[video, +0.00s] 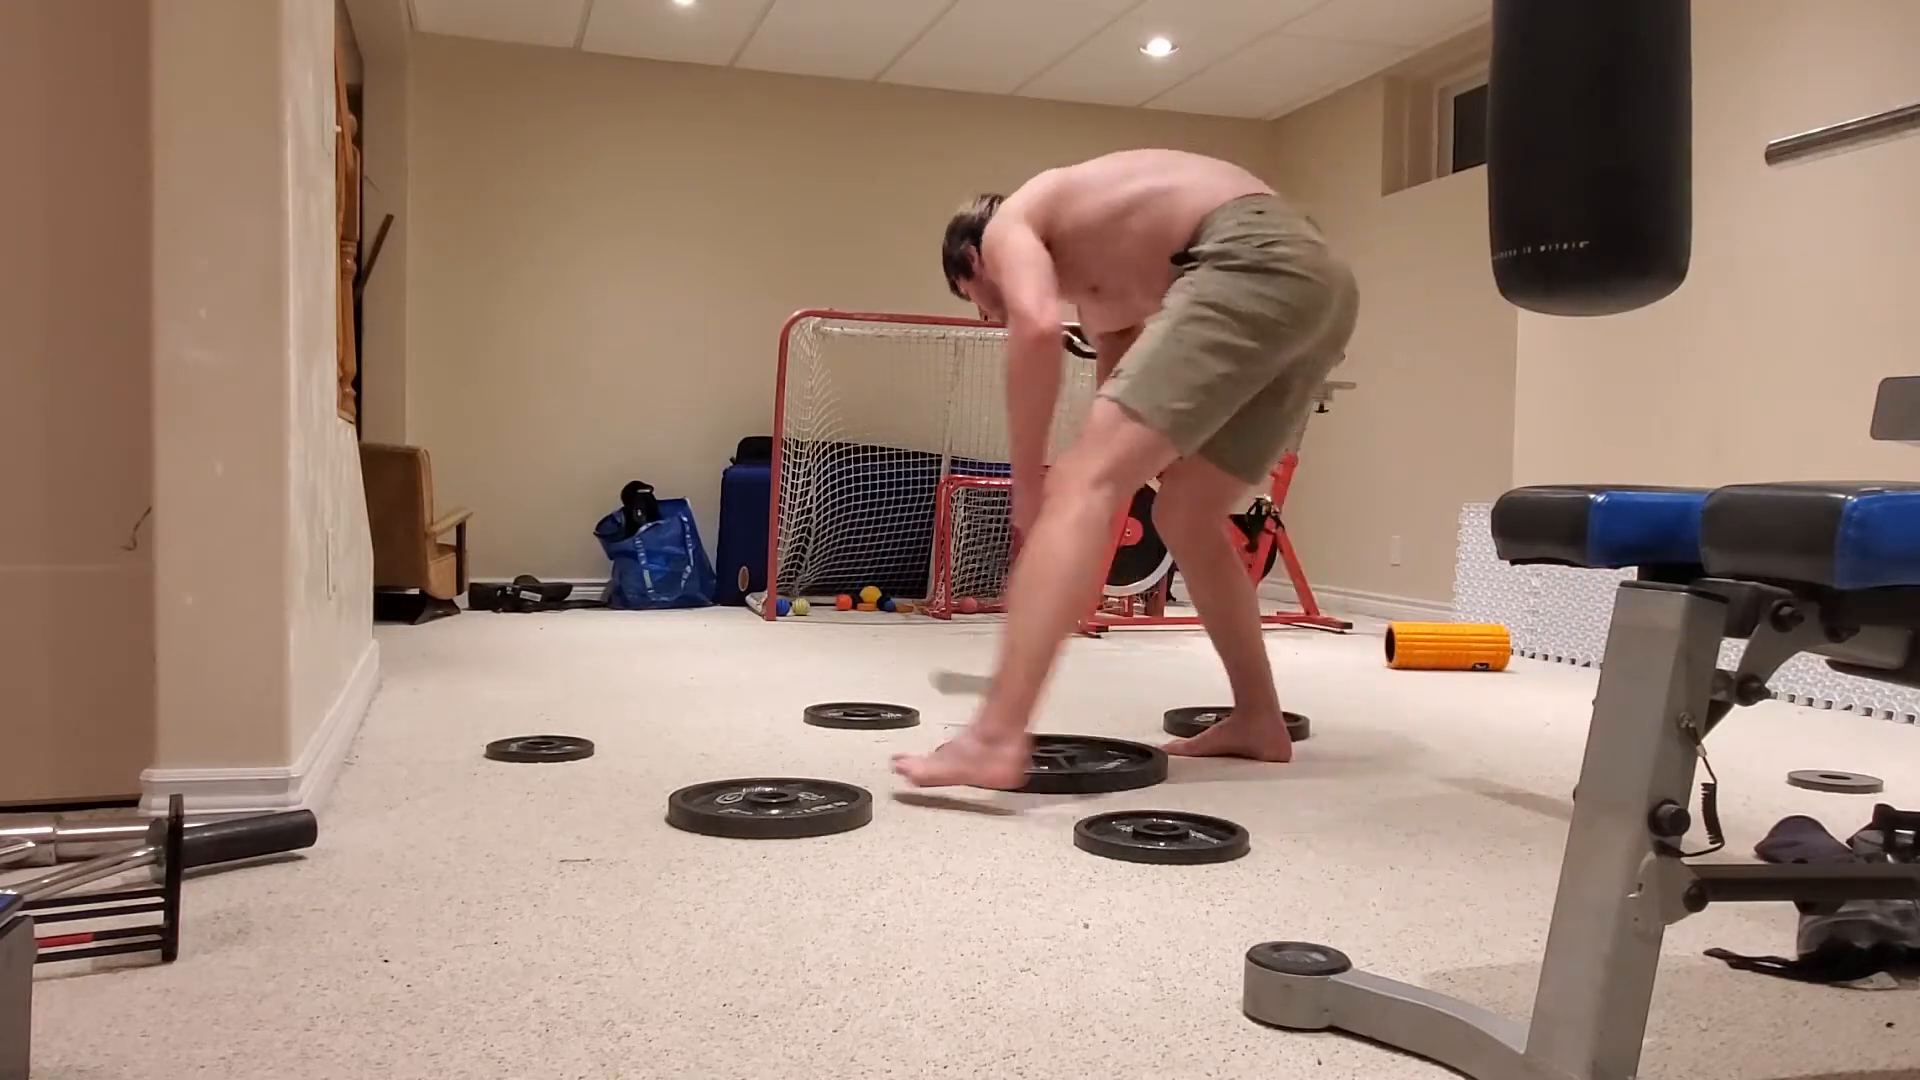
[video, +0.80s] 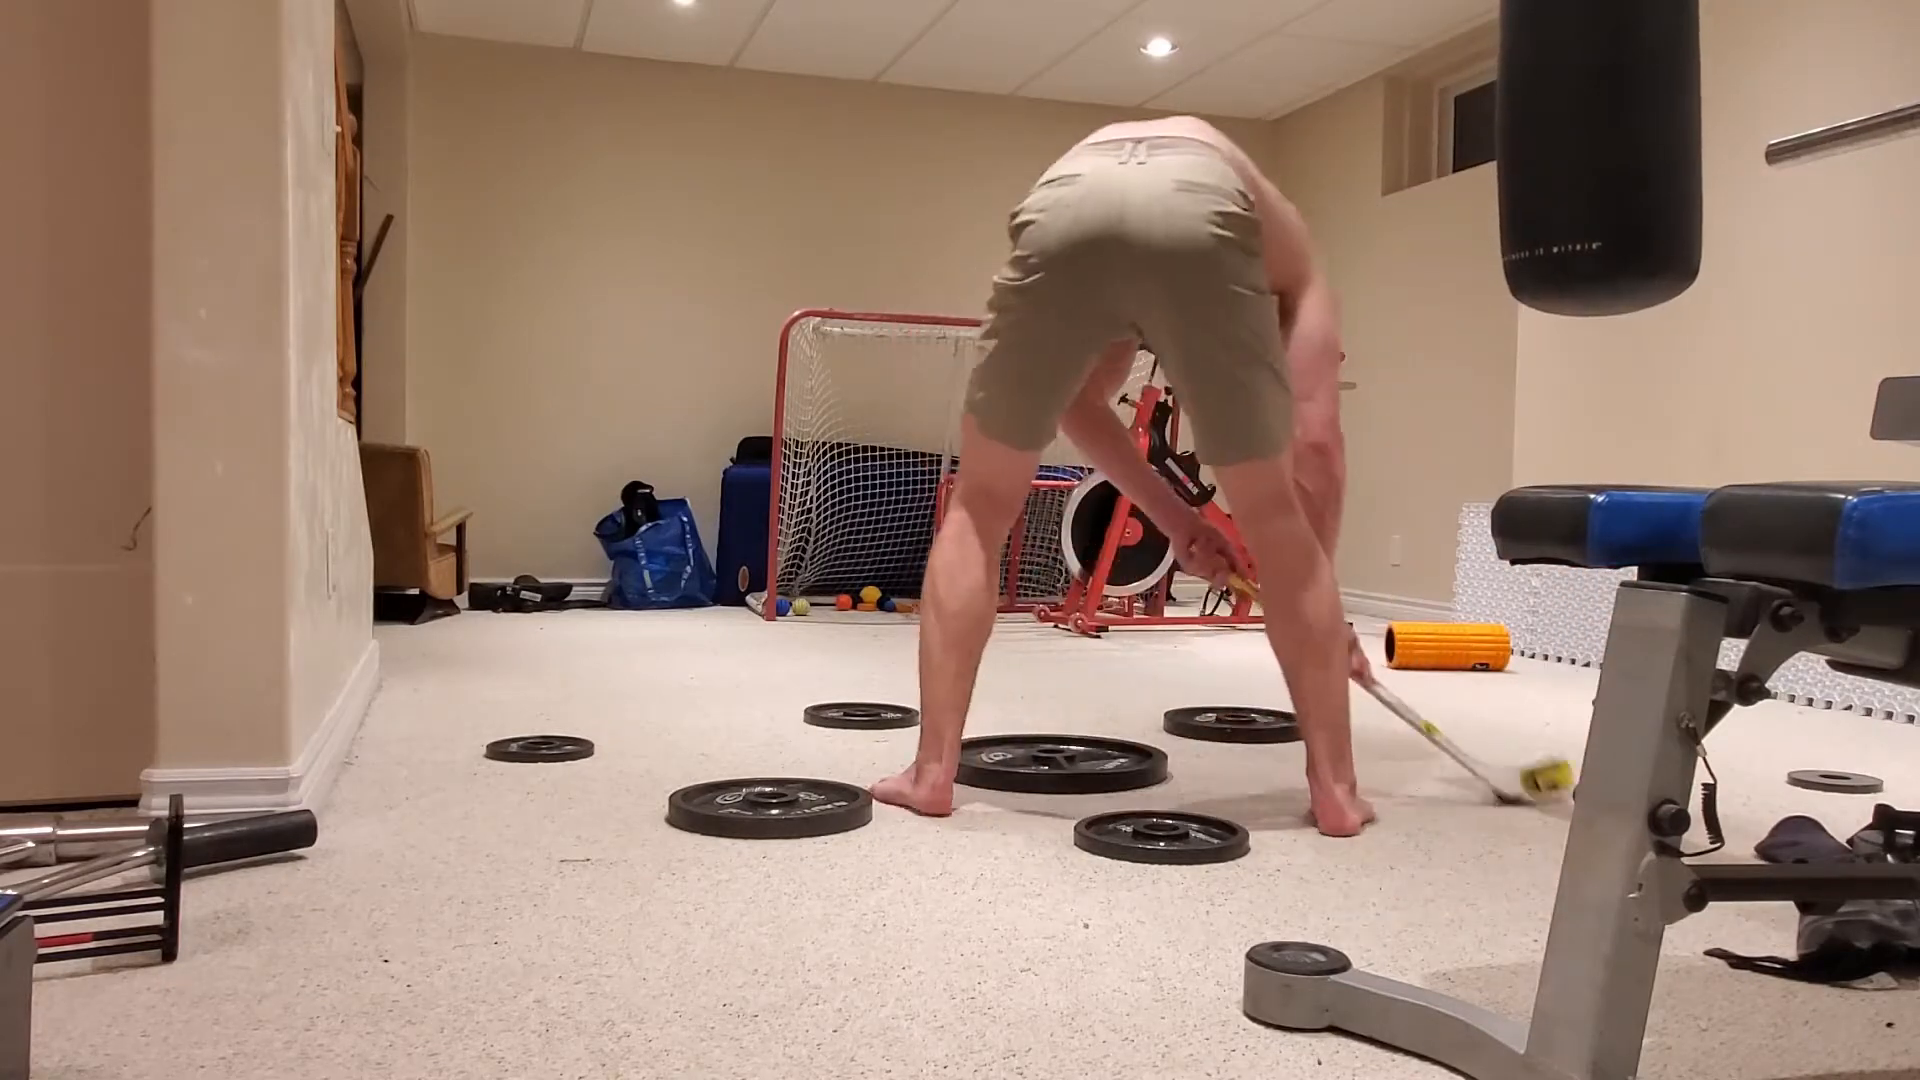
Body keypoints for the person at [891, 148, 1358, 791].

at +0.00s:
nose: (990, 312)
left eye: (974, 297)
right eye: (977, 304)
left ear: (973, 259)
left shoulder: (1008, 227)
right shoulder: (1109, 296)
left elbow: (1037, 329)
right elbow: (1118, 401)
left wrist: (1027, 493)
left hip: (1255, 263)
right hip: (1324, 286)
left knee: (1085, 478)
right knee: (1189, 506)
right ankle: (1258, 721)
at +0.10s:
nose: (1009, 314)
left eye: (994, 309)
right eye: (999, 306)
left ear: (955, 252)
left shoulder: (976, 224)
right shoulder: (1081, 282)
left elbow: (985, 307)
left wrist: (979, 475)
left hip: (1197, 259)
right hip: (1288, 277)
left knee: (1031, 499)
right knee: (1187, 515)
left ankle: (950, 769)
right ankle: (1258, 720)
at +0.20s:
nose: (985, 336)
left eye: (972, 327)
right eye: (987, 334)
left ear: (960, 291)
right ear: (1005, 289)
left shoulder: (943, 234)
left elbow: (922, 328)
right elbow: (1103, 449)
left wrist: (945, 493)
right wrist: (1018, 562)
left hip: (1131, 228)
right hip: (1241, 239)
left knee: (985, 500)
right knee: (1225, 511)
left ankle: (948, 774)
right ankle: (1251, 724)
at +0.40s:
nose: (960, 320)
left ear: (948, 283)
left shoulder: (932, 253)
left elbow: (911, 380)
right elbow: (1143, 421)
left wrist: (1003, 504)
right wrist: (1119, 552)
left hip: (1060, 198)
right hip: (1187, 194)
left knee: (957, 510)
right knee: (1238, 521)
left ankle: (947, 771)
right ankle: (1334, 753)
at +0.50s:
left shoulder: (952, 233)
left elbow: (931, 376)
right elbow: (1186, 395)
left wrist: (1034, 502)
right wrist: (1189, 560)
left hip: (1043, 195)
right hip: (1175, 183)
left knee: (953, 508)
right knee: (1238, 520)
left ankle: (945, 771)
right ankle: (1325, 780)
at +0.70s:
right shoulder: (1231, 237)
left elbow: (1057, 417)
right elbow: (1280, 429)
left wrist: (1179, 527)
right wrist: (1318, 606)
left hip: (1041, 207)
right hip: (1180, 212)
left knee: (955, 509)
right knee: (1255, 522)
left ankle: (939, 769)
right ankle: (1328, 786)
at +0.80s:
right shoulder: (1296, 272)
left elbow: (1081, 407)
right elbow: (1315, 442)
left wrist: (1181, 523)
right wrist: (1324, 605)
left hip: (1062, 204)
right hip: (1201, 205)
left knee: (977, 506)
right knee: (1272, 512)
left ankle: (931, 768)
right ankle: (1333, 787)